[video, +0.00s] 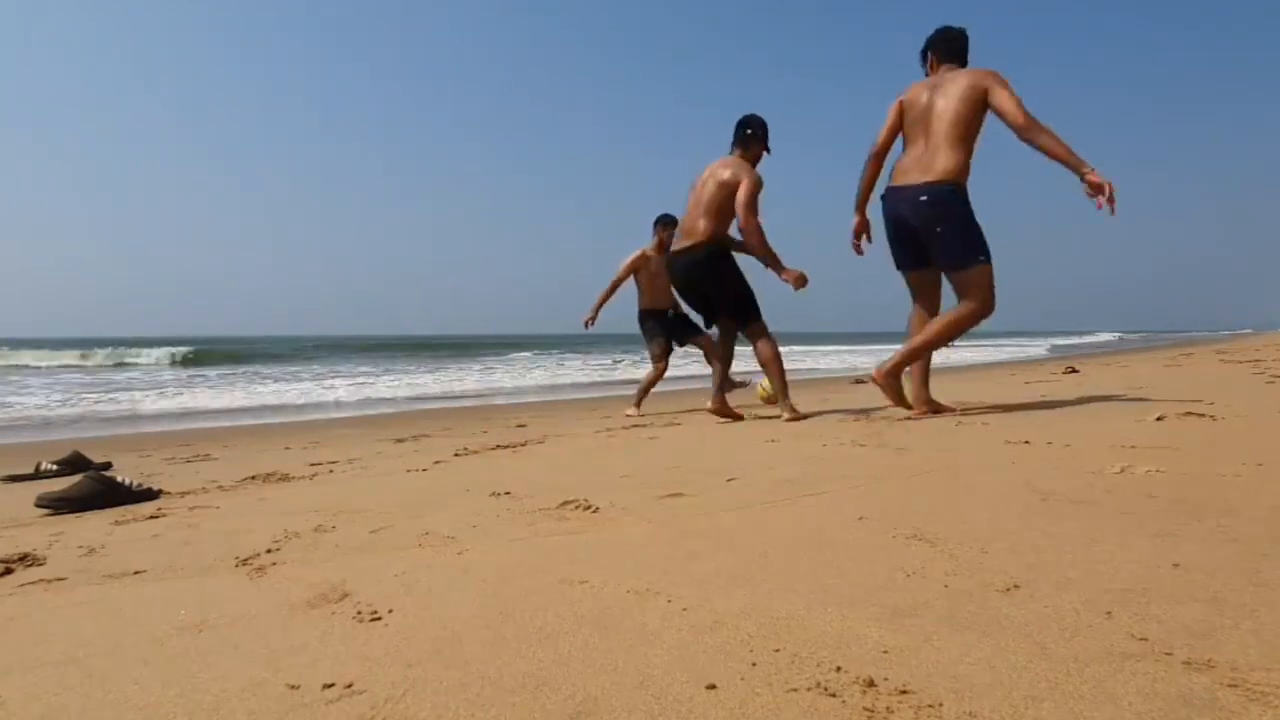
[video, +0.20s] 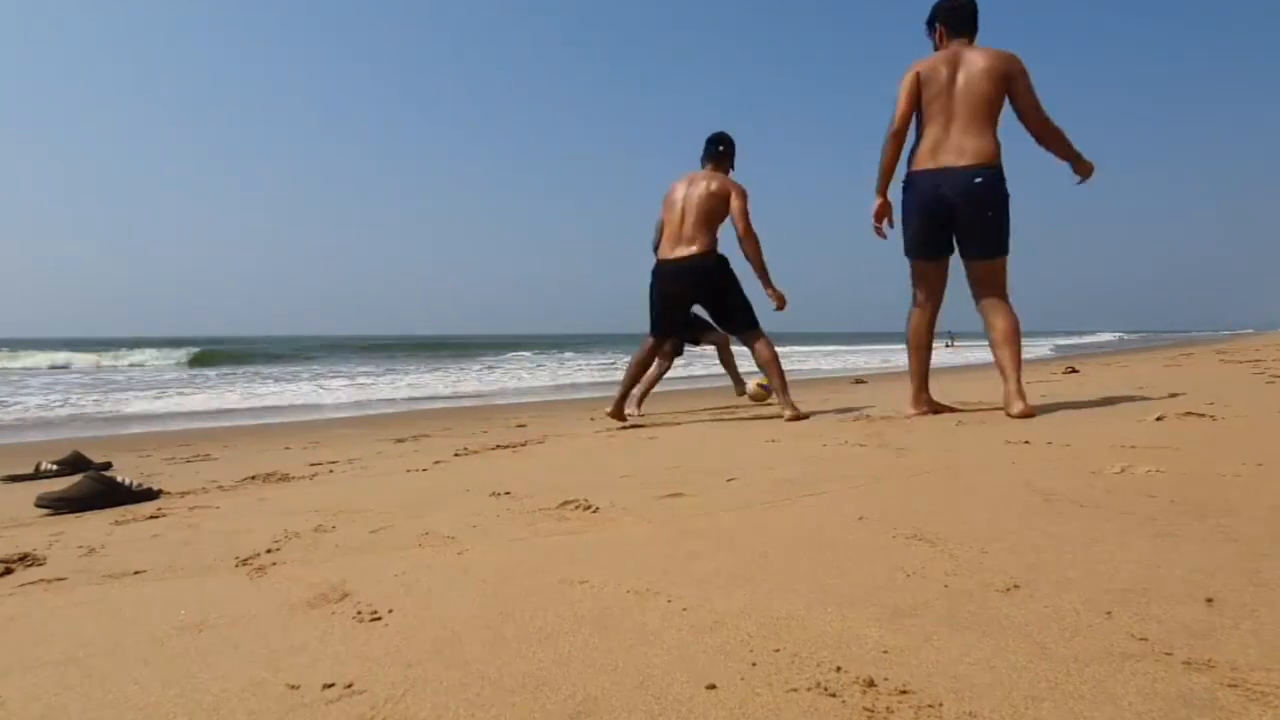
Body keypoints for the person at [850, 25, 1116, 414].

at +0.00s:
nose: (926, 68)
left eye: (924, 63)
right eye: (926, 64)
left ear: (931, 61)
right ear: (966, 59)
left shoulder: (909, 94)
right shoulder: (982, 79)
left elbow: (877, 153)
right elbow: (1024, 126)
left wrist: (860, 210)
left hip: (896, 204)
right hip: (942, 200)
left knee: (923, 300)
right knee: (978, 301)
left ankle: (920, 397)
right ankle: (890, 371)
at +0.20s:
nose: (931, 39)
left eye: (931, 33)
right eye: (932, 34)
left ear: (938, 32)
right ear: (974, 29)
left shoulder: (920, 70)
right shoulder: (1003, 62)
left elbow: (897, 130)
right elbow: (1040, 128)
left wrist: (882, 192)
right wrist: (1076, 159)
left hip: (924, 191)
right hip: (981, 186)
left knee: (924, 297)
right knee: (992, 293)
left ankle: (919, 398)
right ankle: (1015, 394)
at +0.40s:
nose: (942, 23)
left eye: (942, 16)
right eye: (944, 17)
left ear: (949, 15)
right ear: (984, 17)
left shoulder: (942, 48)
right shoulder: (1015, 54)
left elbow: (941, 108)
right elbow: (1036, 131)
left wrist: (910, 176)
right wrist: (1002, 164)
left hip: (950, 180)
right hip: (1009, 181)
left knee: (925, 293)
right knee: (1010, 294)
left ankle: (914, 397)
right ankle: (1021, 399)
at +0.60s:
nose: (924, 12)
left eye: (923, 8)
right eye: (924, 9)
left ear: (932, 5)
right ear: (968, 6)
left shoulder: (937, 32)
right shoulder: (1002, 41)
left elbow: (946, 95)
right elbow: (1019, 115)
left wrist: (936, 160)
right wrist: (998, 155)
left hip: (959, 159)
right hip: (1013, 162)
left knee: (911, 278)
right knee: (1003, 284)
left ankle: (905, 398)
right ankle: (1021, 398)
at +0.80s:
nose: (893, 27)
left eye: (892, 20)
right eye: (893, 21)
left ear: (898, 15)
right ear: (936, 12)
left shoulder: (904, 41)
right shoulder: (979, 44)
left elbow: (919, 97)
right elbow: (1006, 119)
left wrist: (913, 159)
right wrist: (1013, 196)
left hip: (947, 160)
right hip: (1004, 161)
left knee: (901, 283)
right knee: (994, 286)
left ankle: (894, 408)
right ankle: (1019, 399)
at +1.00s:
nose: (890, 12)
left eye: (889, 9)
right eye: (891, 9)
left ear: (898, 3)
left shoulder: (899, 24)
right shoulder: (981, 25)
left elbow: (894, 85)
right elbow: (1014, 103)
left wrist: (862, 165)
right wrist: (1032, 178)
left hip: (942, 151)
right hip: (1006, 149)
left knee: (903, 279)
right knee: (1005, 277)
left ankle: (892, 409)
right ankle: (1035, 395)